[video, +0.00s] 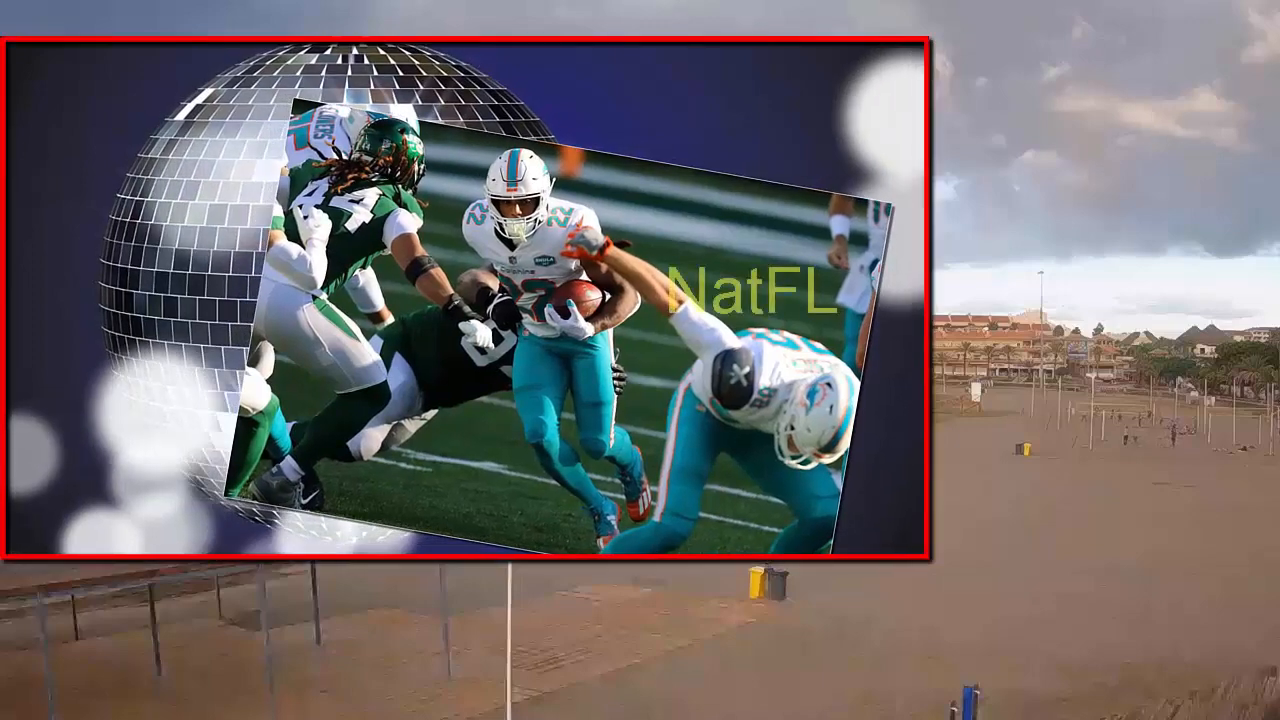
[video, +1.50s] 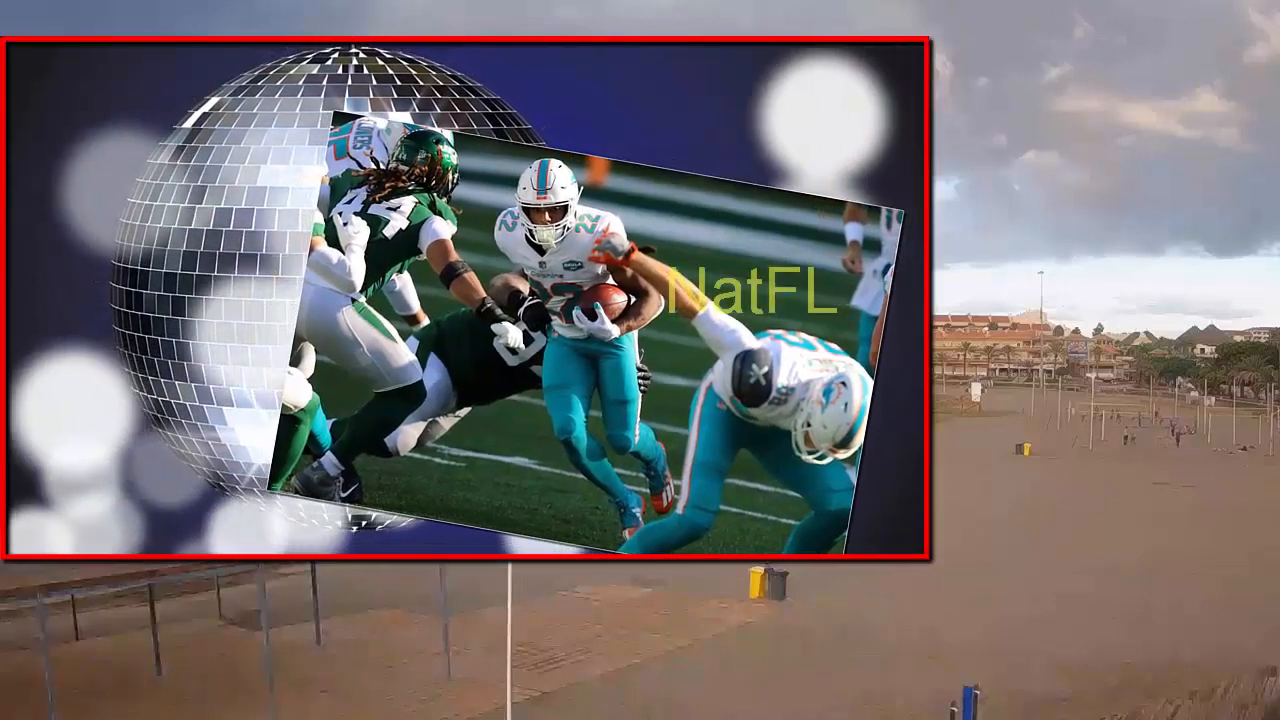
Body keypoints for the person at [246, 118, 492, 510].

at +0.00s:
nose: (417, 170)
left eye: (415, 162)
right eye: (415, 162)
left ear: (359, 151)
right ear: (403, 164)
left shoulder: (311, 174)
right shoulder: (391, 206)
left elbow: (256, 198)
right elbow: (418, 266)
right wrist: (461, 313)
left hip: (241, 281)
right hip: (293, 299)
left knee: (250, 384)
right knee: (372, 390)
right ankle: (286, 474)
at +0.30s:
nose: (423, 173)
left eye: (422, 165)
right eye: (421, 165)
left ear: (367, 152)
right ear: (410, 166)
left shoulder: (319, 175)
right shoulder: (397, 207)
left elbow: (265, 199)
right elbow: (424, 266)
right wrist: (465, 310)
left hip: (253, 283)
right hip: (302, 301)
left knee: (263, 367)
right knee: (379, 389)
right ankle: (296, 472)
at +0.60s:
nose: (428, 176)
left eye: (427, 168)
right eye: (426, 168)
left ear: (376, 154)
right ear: (417, 169)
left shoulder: (331, 178)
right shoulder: (405, 208)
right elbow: (431, 268)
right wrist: (471, 308)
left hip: (263, 285)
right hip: (311, 303)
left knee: (272, 365)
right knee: (386, 388)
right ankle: (303, 472)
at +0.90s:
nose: (437, 178)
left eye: (437, 170)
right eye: (436, 170)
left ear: (382, 156)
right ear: (425, 171)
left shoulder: (333, 178)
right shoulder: (411, 210)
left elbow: (281, 205)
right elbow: (437, 267)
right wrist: (480, 314)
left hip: (269, 284)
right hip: (318, 302)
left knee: (278, 371)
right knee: (394, 389)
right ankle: (311, 471)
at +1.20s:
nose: (444, 179)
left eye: (443, 171)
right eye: (442, 171)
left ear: (390, 158)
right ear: (432, 172)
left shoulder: (343, 180)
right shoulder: (420, 211)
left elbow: (291, 202)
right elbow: (444, 268)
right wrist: (485, 314)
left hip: (279, 282)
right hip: (325, 303)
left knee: (288, 366)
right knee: (400, 388)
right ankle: (319, 470)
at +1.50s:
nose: (451, 181)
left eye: (450, 174)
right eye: (449, 173)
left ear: (396, 160)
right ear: (439, 175)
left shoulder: (350, 183)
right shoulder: (425, 214)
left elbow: (301, 202)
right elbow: (451, 270)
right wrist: (493, 316)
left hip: (287, 285)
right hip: (334, 304)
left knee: (292, 372)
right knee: (408, 389)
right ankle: (326, 470)